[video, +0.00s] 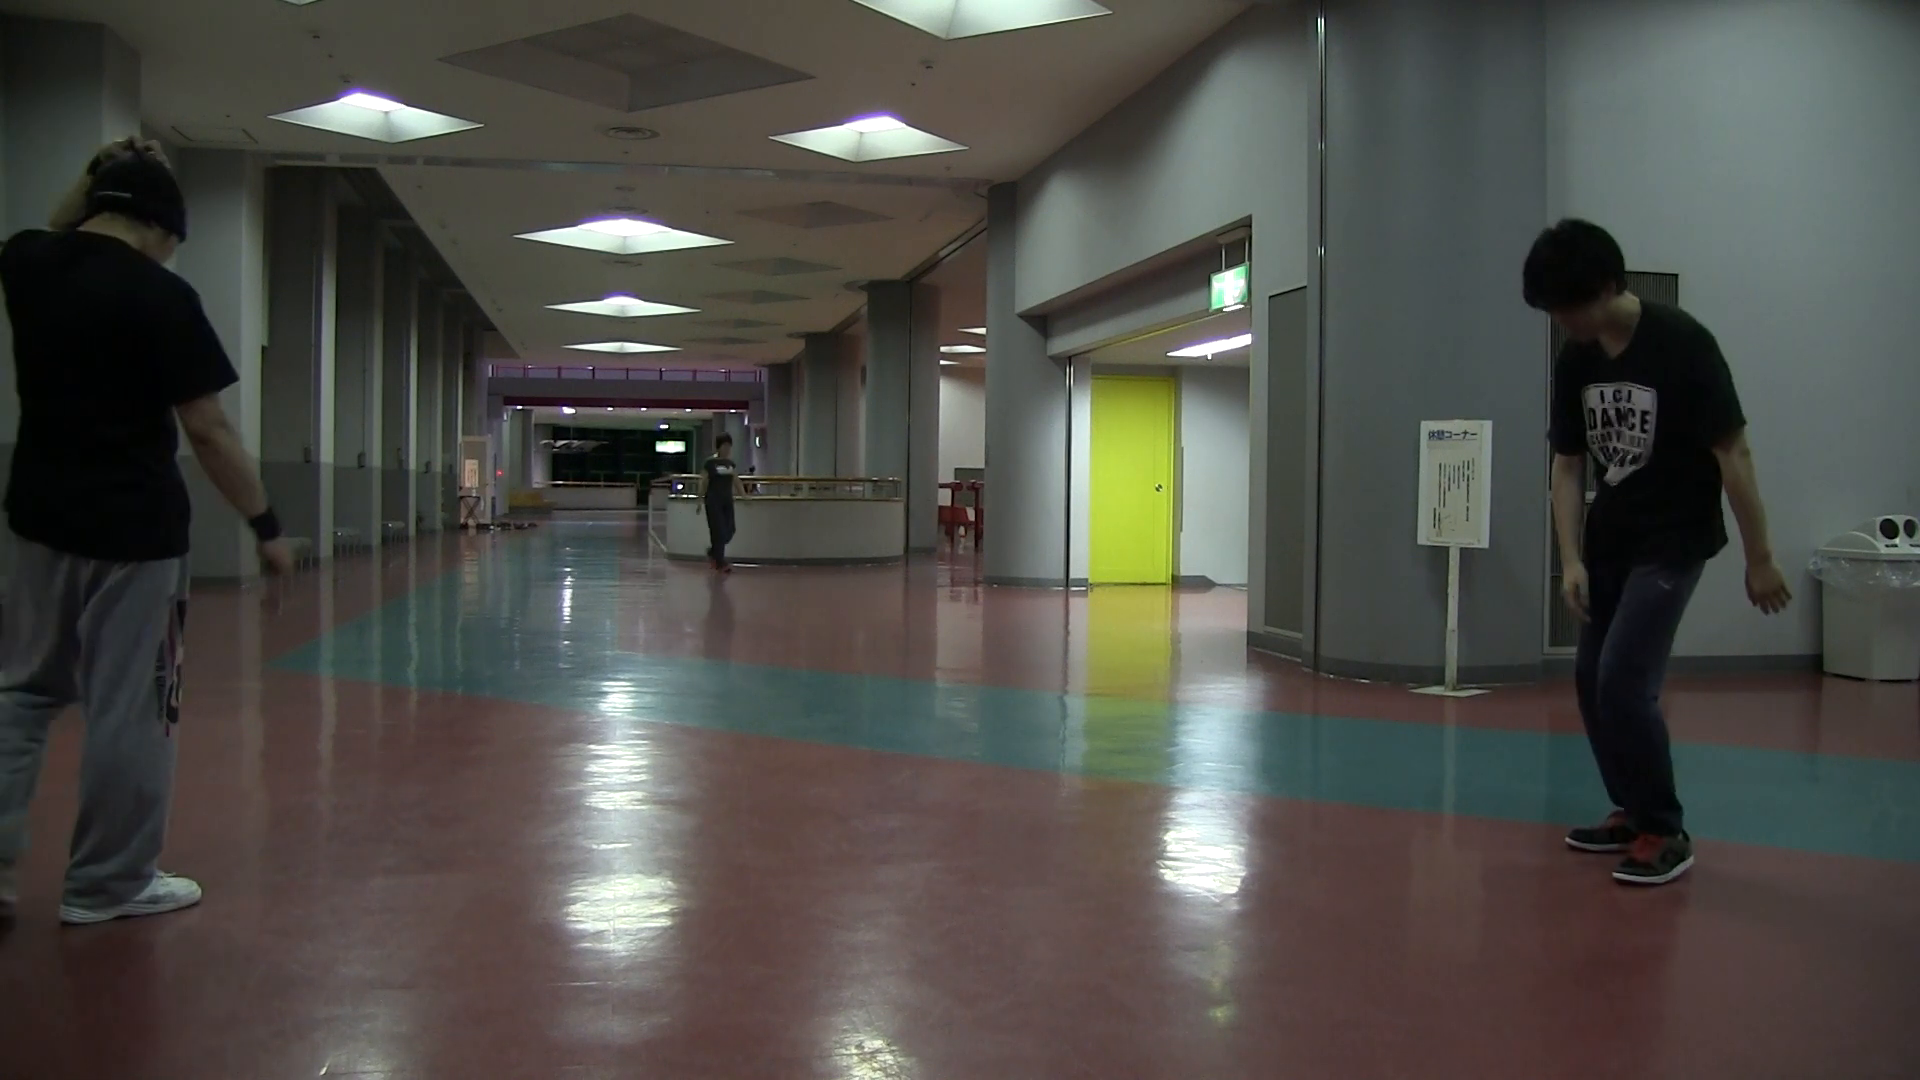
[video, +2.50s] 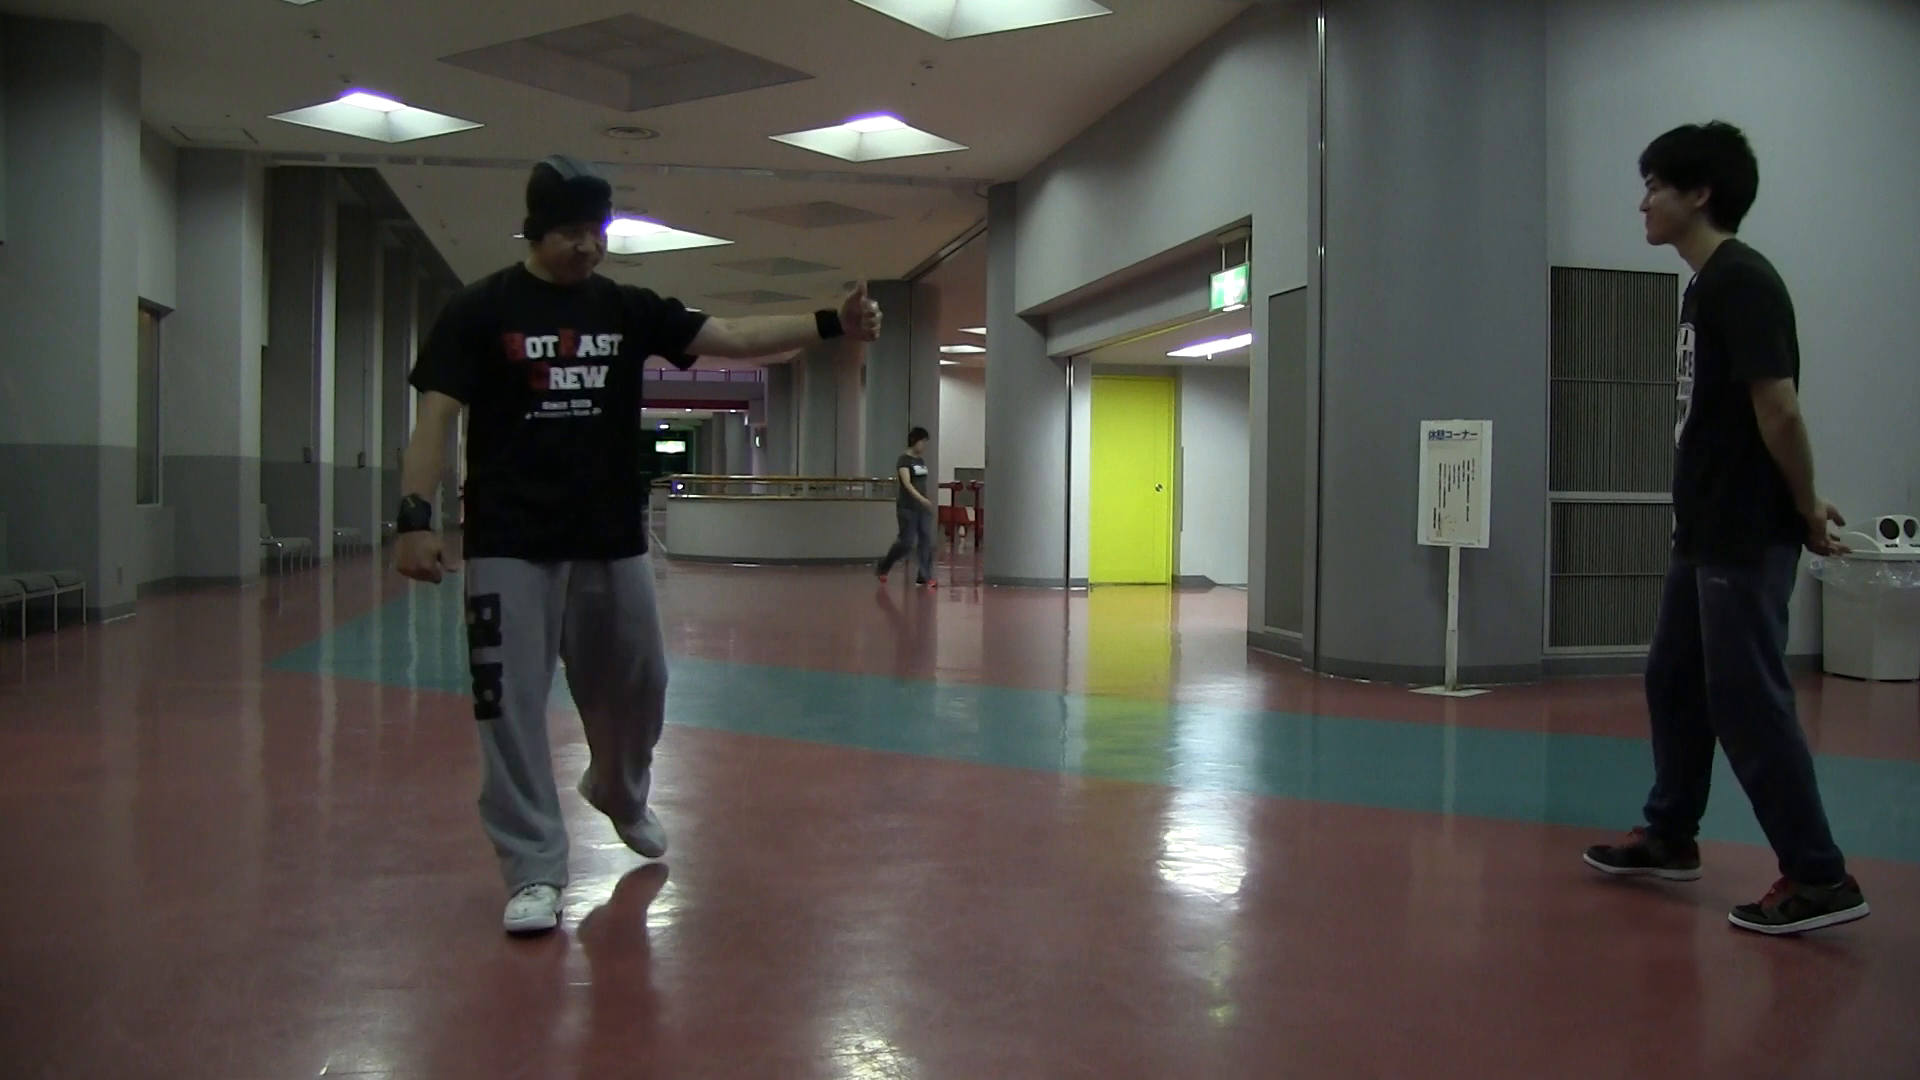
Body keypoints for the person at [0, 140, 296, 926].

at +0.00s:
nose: (170, 254)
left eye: (171, 241)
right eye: (171, 240)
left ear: (89, 211)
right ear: (157, 228)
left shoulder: (31, 264)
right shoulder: (165, 298)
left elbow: (43, 236)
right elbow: (209, 431)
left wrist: (94, 179)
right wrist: (266, 524)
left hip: (37, 514)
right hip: (136, 527)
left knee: (22, 691)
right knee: (131, 702)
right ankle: (109, 879)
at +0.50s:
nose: (276, 288)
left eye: (280, 274)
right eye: (278, 272)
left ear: (212, 244)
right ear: (257, 258)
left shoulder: (160, 300)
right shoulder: (240, 313)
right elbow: (290, 416)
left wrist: (212, 242)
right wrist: (390, 413)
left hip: (184, 522)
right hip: (236, 528)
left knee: (223, 682)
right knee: (207, 691)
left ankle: (257, 824)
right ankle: (119, 862)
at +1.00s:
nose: (398, 287)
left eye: (401, 277)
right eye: (395, 274)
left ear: (349, 263)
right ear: (363, 265)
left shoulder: (339, 315)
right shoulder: (320, 314)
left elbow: (416, 336)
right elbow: (292, 417)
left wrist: (387, 280)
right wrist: (271, 513)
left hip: (309, 535)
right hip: (340, 535)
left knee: (283, 684)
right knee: (388, 674)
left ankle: (255, 824)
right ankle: (435, 807)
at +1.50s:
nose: (501, 275)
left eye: (503, 263)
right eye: (494, 263)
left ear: (462, 261)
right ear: (458, 262)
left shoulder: (464, 329)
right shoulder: (427, 333)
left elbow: (496, 413)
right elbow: (468, 433)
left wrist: (547, 480)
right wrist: (551, 494)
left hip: (481, 534)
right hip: (440, 541)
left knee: (507, 656)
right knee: (447, 674)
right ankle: (437, 812)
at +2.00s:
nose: (619, 266)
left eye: (624, 254)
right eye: (607, 253)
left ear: (623, 257)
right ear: (569, 254)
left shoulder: (630, 334)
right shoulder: (519, 325)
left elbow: (649, 434)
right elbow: (499, 428)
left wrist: (687, 499)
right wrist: (494, 517)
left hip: (611, 534)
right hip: (542, 532)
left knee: (612, 678)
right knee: (546, 673)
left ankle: (605, 813)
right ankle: (501, 802)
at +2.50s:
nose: (590, 247)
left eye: (597, 232)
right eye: (575, 234)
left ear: (604, 230)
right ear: (537, 230)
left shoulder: (626, 307)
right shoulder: (478, 312)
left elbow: (732, 338)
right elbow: (435, 420)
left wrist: (831, 323)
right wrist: (415, 519)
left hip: (609, 535)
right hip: (510, 539)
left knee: (639, 679)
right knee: (512, 707)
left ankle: (619, 792)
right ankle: (533, 871)